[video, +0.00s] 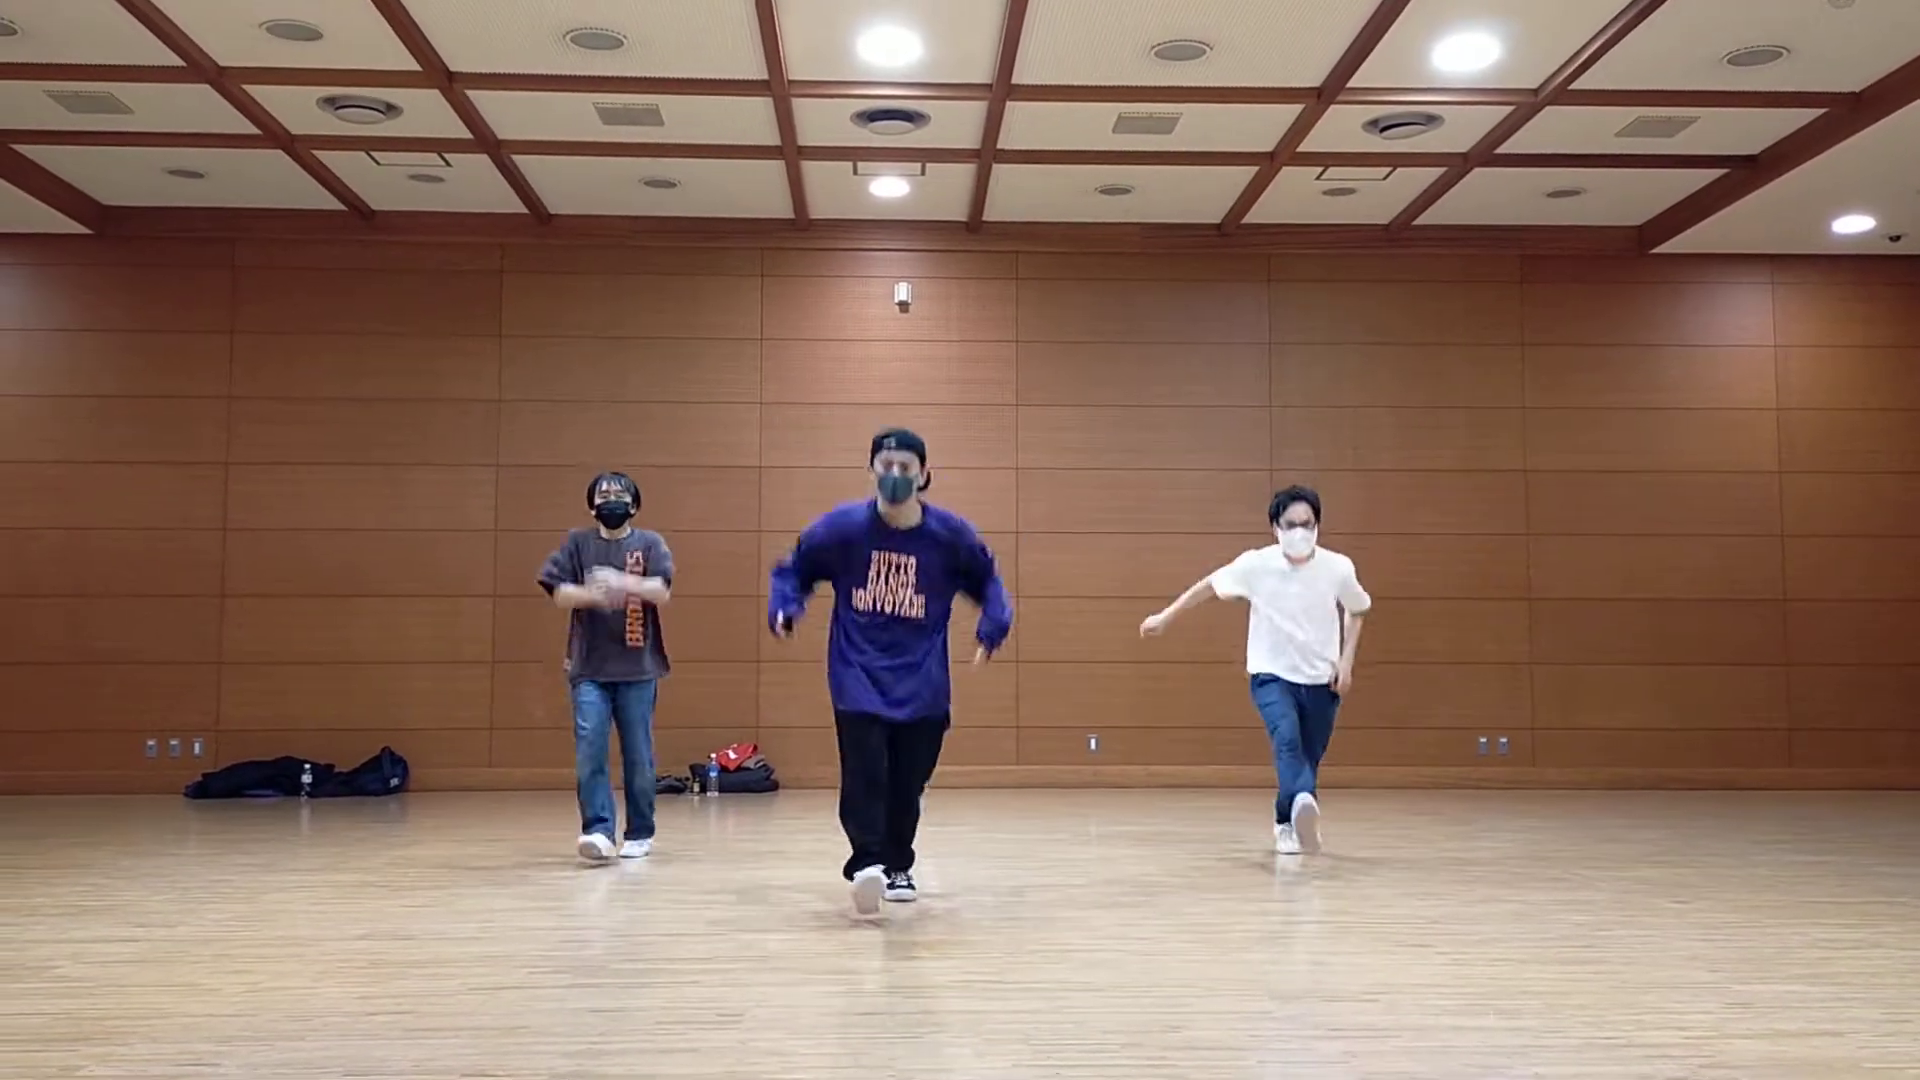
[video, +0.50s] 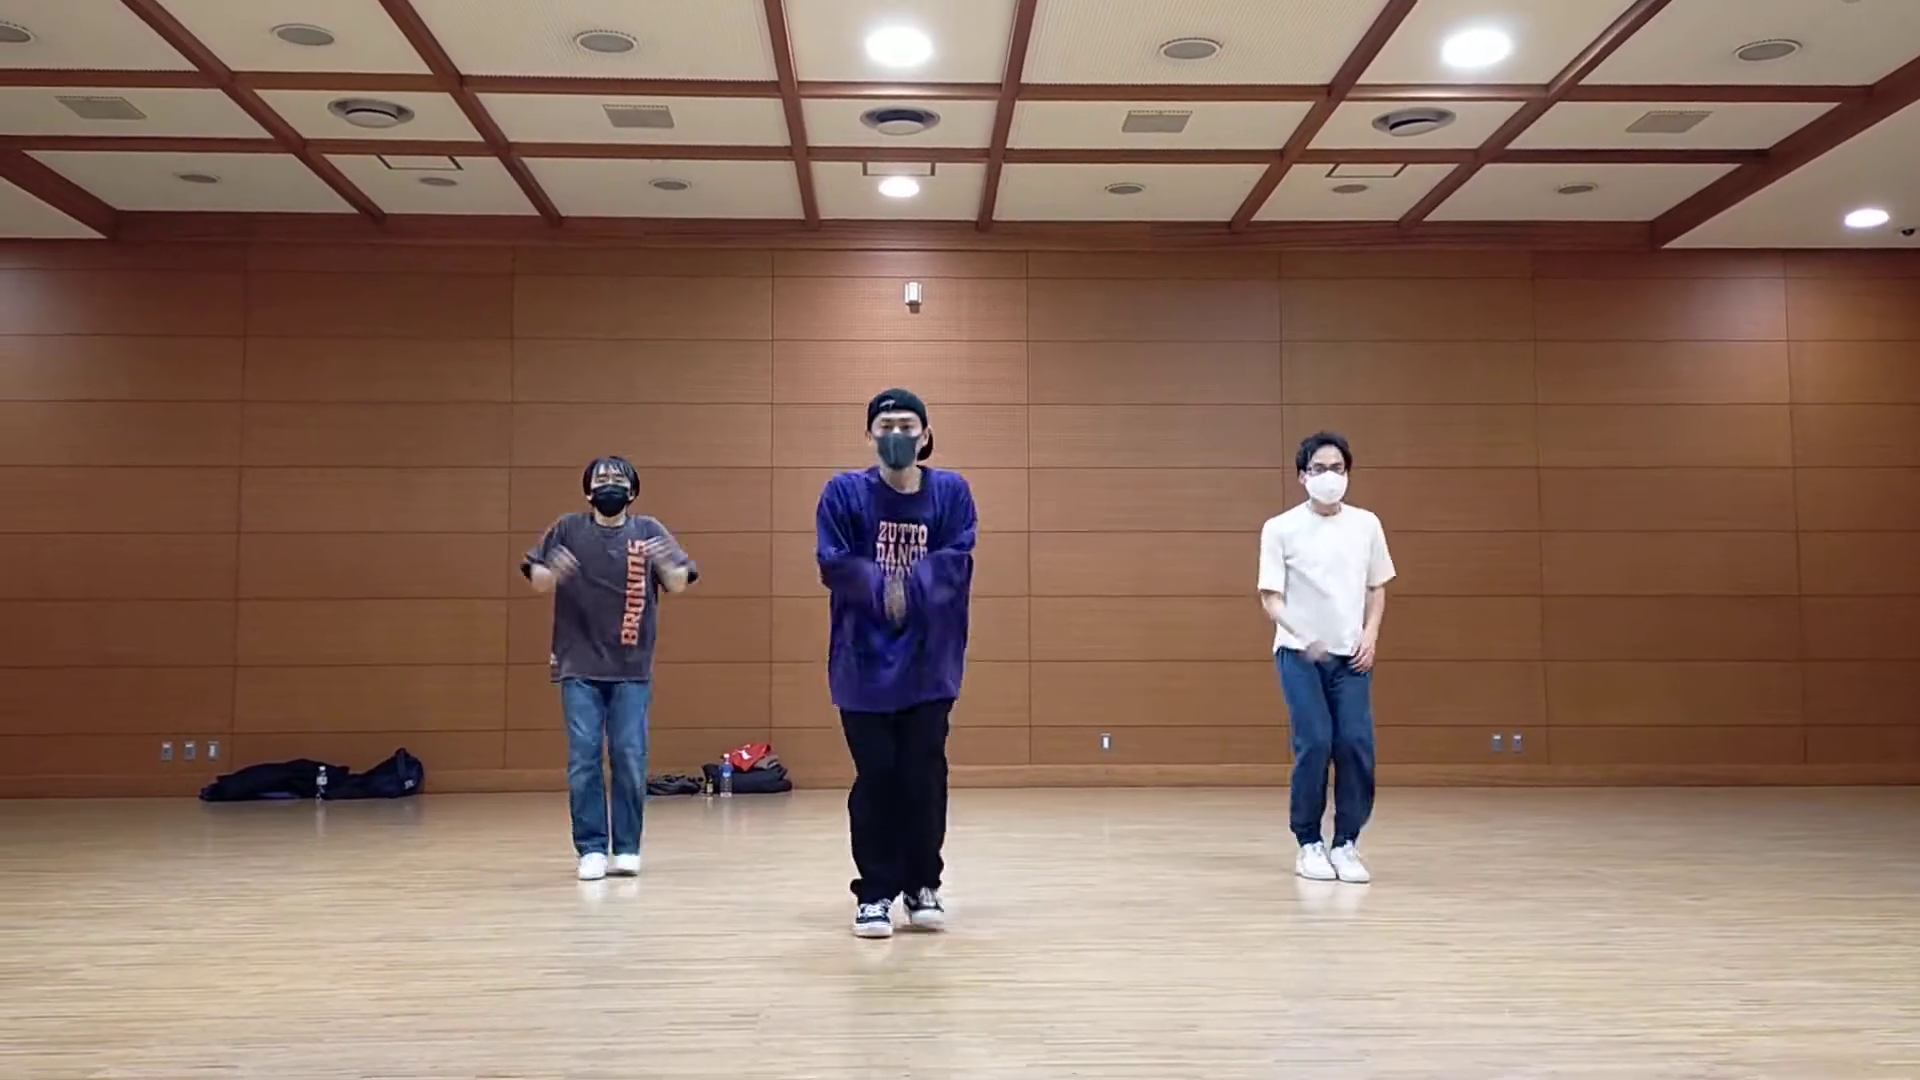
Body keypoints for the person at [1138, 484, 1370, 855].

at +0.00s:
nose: (1300, 533)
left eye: (1307, 525)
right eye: (1290, 525)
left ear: (1318, 528)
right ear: (1275, 530)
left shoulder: (1338, 568)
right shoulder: (1255, 564)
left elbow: (1355, 611)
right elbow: (1208, 587)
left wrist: (1347, 661)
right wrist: (1165, 617)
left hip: (1320, 677)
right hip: (1271, 674)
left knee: (1310, 756)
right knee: (1287, 737)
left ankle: (1285, 823)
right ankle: (1305, 815)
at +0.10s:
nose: (1304, 534)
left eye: (1311, 526)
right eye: (1295, 527)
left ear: (1322, 530)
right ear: (1280, 533)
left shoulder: (1343, 573)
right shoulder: (1260, 570)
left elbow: (1351, 628)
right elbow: (1221, 600)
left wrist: (1348, 680)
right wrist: (1185, 627)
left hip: (1322, 683)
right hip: (1275, 679)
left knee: (1316, 762)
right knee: (1290, 737)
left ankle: (1288, 818)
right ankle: (1303, 833)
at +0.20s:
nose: (1309, 508)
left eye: (1317, 500)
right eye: (1300, 501)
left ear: (1328, 505)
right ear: (1285, 507)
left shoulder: (1349, 553)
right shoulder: (1264, 553)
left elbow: (1354, 613)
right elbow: (1235, 598)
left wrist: (1350, 666)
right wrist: (1215, 634)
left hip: (1327, 671)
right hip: (1278, 667)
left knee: (1319, 758)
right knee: (1293, 742)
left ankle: (1295, 818)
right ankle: (1306, 842)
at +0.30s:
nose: (1320, 481)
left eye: (1327, 473)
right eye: (1310, 474)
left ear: (1338, 480)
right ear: (1292, 482)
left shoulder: (1354, 527)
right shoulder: (1268, 529)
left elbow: (1359, 590)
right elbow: (1246, 591)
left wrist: (1357, 641)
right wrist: (1245, 650)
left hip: (1333, 651)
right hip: (1284, 648)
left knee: (1341, 750)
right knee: (1299, 740)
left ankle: (1305, 787)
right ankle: (1308, 841)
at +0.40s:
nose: (1326, 468)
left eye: (1333, 460)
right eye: (1316, 461)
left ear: (1344, 467)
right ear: (1299, 469)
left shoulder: (1359, 516)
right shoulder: (1275, 520)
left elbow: (1367, 577)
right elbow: (1262, 590)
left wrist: (1367, 625)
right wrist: (1275, 650)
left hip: (1345, 648)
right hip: (1298, 647)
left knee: (1355, 743)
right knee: (1304, 746)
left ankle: (1327, 823)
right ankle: (1303, 841)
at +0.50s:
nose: (1330, 476)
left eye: (1337, 469)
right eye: (1320, 469)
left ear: (1347, 475)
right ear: (1303, 476)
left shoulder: (1367, 525)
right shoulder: (1279, 529)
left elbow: (1377, 588)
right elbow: (1270, 598)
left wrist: (1370, 636)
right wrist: (1306, 639)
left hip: (1351, 655)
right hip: (1300, 655)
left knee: (1357, 746)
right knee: (1316, 742)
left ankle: (1345, 845)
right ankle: (1309, 845)